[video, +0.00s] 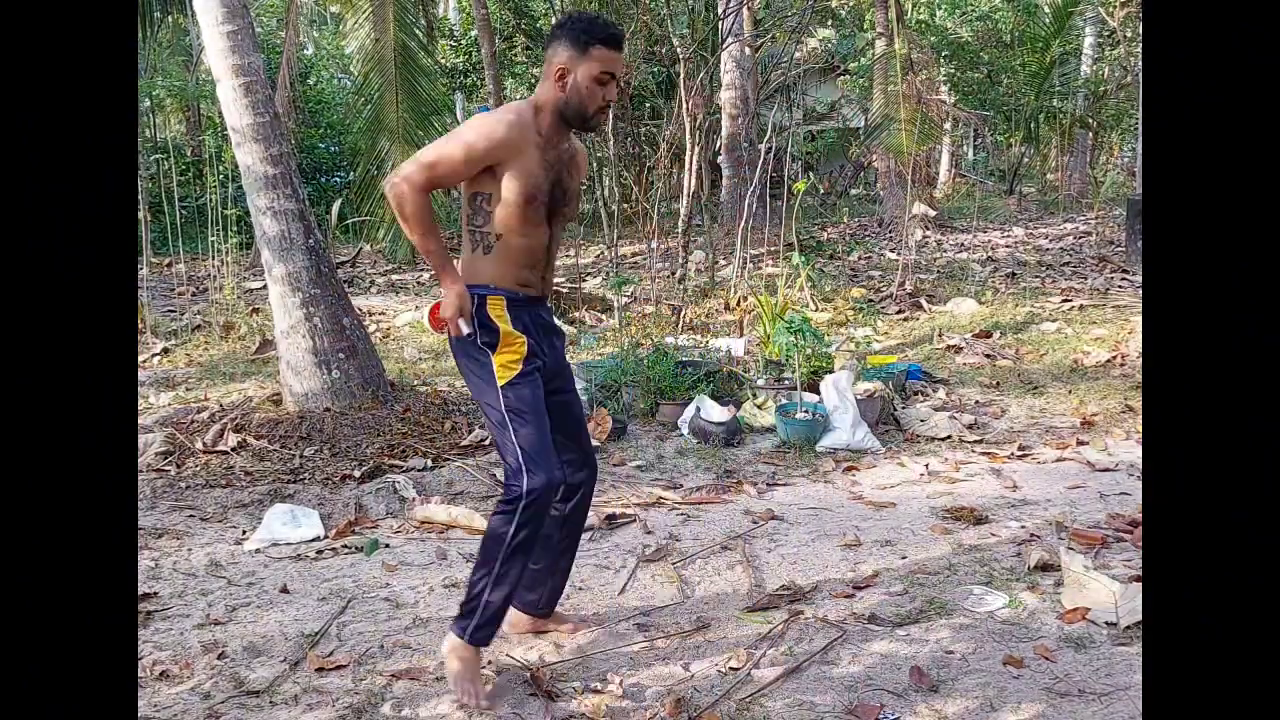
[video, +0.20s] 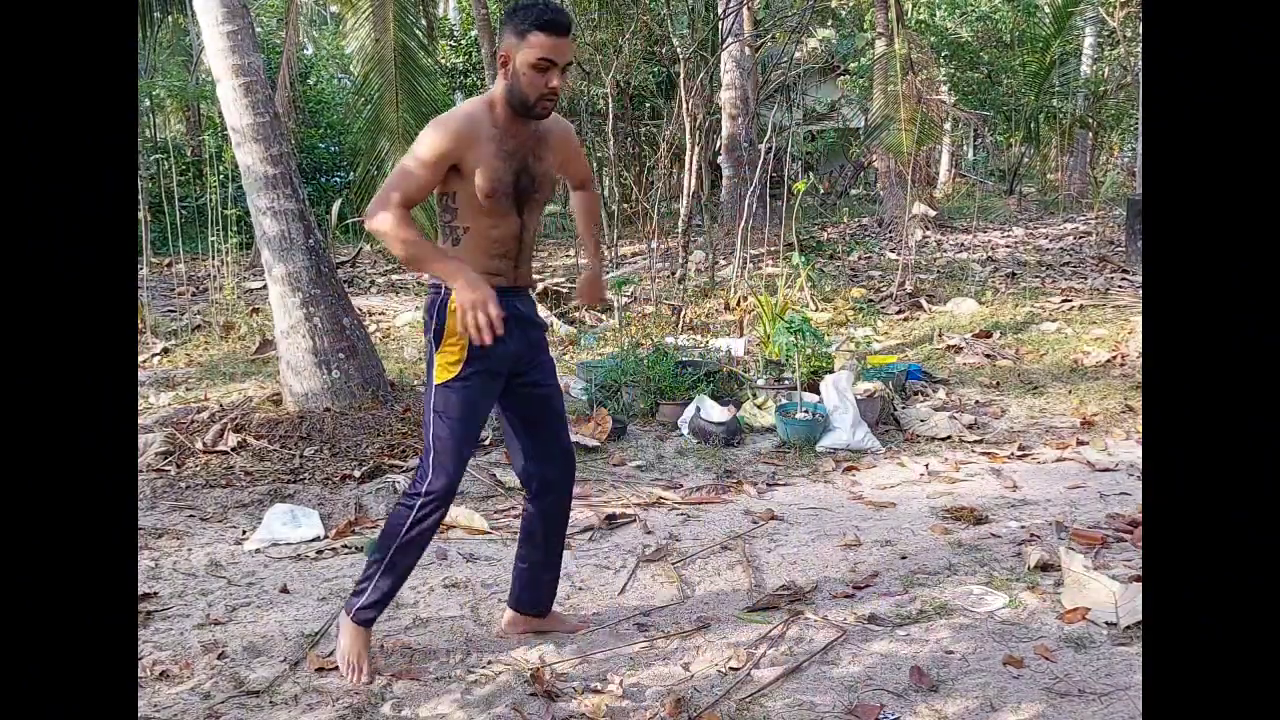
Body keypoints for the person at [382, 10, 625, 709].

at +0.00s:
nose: (612, 96)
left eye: (617, 83)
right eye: (603, 79)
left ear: (591, 80)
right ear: (559, 71)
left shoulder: (574, 156)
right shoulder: (508, 127)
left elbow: (534, 239)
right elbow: (406, 184)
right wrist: (448, 278)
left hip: (535, 319)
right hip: (490, 317)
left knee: (575, 472)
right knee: (536, 477)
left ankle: (533, 609)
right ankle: (466, 644)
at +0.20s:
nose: (556, 82)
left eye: (564, 69)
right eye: (544, 66)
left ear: (568, 70)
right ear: (505, 60)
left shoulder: (558, 138)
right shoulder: (456, 131)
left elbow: (584, 190)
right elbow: (383, 215)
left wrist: (593, 268)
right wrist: (457, 274)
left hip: (522, 317)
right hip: (463, 318)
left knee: (553, 470)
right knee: (438, 481)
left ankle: (528, 611)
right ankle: (358, 617)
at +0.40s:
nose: (506, 92)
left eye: (516, 79)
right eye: (493, 75)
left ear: (523, 78)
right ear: (459, 65)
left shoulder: (503, 135)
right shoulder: (430, 139)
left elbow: (573, 175)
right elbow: (455, 251)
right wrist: (521, 243)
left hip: (484, 319)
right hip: (429, 322)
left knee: (542, 464)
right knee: (401, 487)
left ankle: (530, 602)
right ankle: (349, 627)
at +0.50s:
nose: (500, 90)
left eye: (510, 76)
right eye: (485, 72)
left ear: (515, 79)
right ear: (452, 66)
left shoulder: (489, 137)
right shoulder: (435, 141)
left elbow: (568, 182)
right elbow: (478, 256)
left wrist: (522, 96)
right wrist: (524, 208)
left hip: (480, 319)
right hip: (428, 323)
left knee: (539, 461)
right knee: (403, 488)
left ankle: (535, 600)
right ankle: (349, 629)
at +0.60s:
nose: (505, 83)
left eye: (516, 71)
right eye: (491, 67)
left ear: (522, 78)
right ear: (458, 65)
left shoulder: (492, 140)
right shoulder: (450, 138)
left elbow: (576, 185)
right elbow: (492, 256)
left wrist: (532, 102)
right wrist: (500, 198)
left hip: (484, 324)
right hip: (437, 328)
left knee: (548, 466)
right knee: (408, 488)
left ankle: (535, 601)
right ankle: (347, 631)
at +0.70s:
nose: (516, 83)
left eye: (528, 72)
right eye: (503, 67)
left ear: (533, 82)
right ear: (471, 68)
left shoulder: (506, 144)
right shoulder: (465, 135)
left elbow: (596, 184)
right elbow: (510, 249)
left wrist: (543, 106)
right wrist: (534, 213)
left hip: (497, 325)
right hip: (450, 328)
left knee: (560, 471)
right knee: (421, 491)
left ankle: (537, 601)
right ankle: (353, 626)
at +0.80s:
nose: (537, 81)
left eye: (548, 69)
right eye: (522, 66)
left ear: (553, 77)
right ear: (490, 66)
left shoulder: (529, 139)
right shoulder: (490, 135)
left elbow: (614, 182)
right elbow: (542, 243)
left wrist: (564, 102)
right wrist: (558, 192)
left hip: (515, 321)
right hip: (469, 323)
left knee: (568, 475)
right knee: (444, 496)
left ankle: (536, 602)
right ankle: (356, 616)